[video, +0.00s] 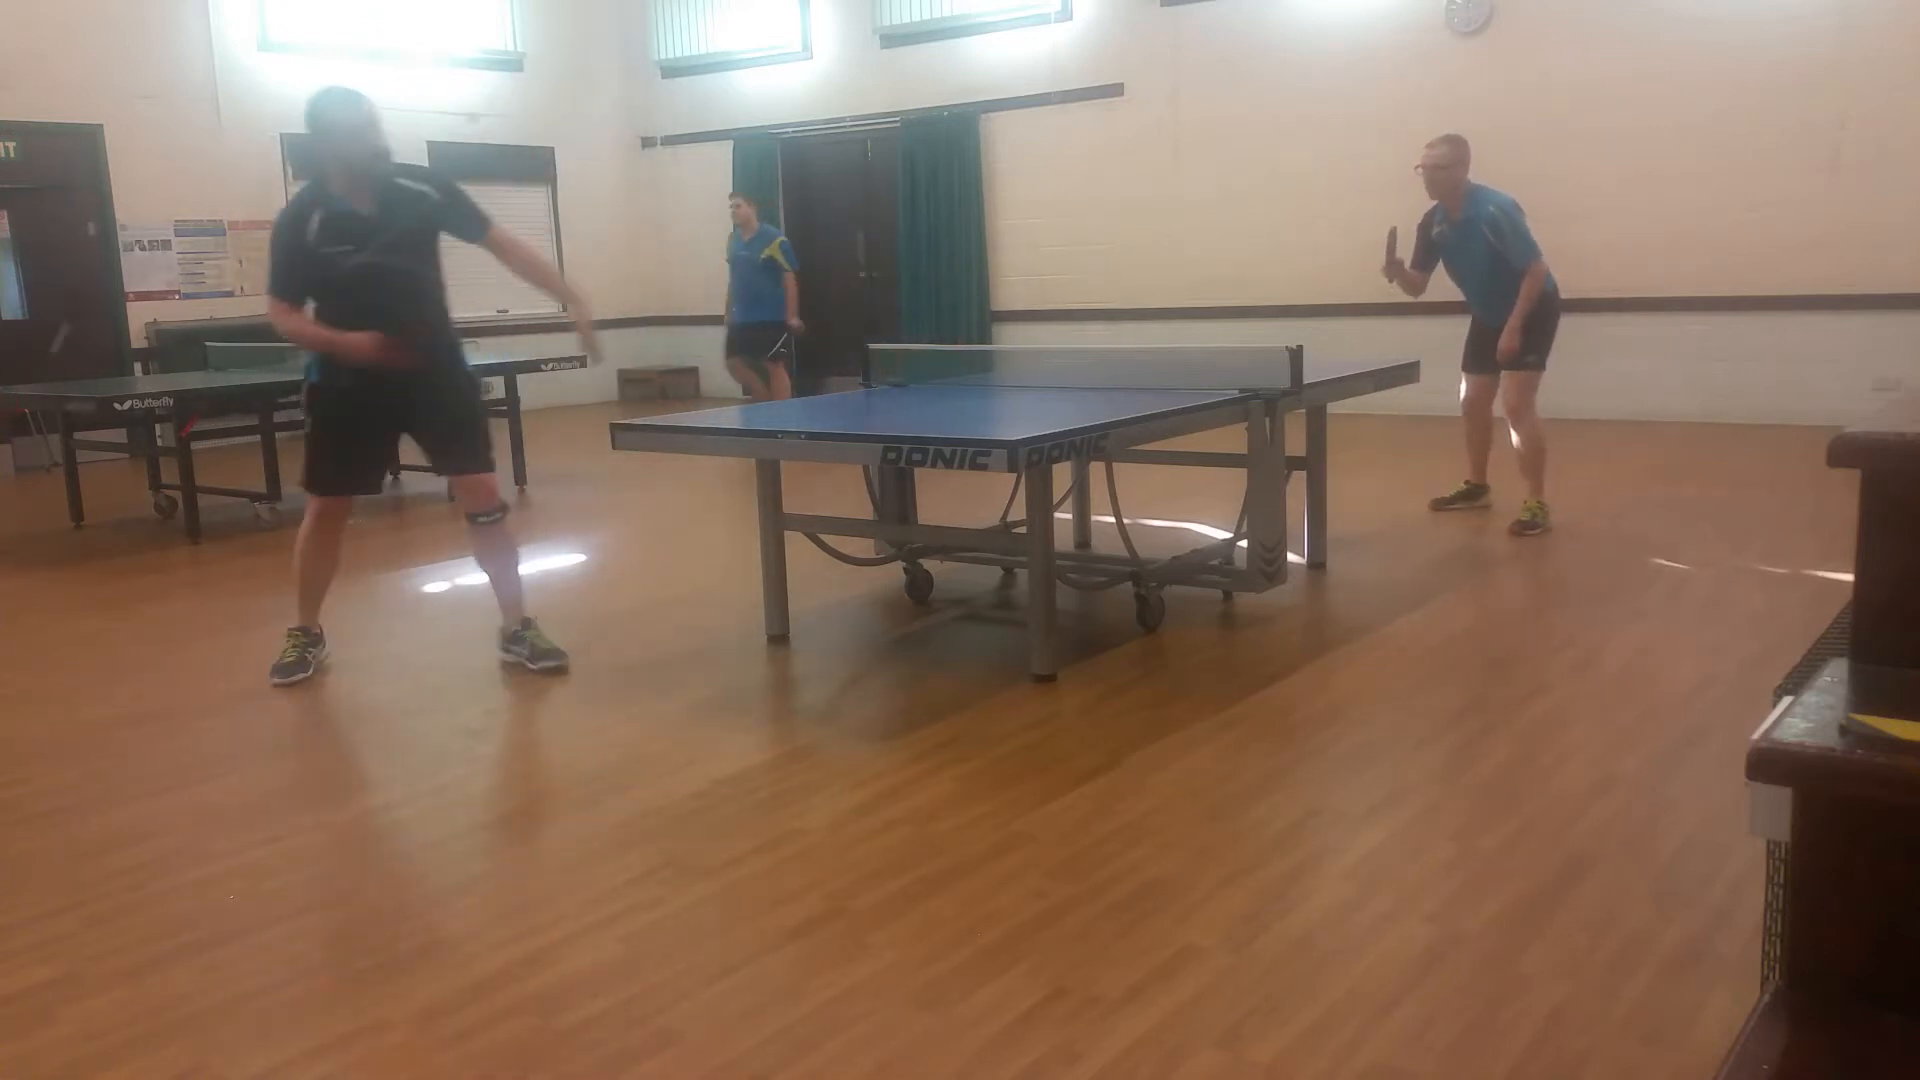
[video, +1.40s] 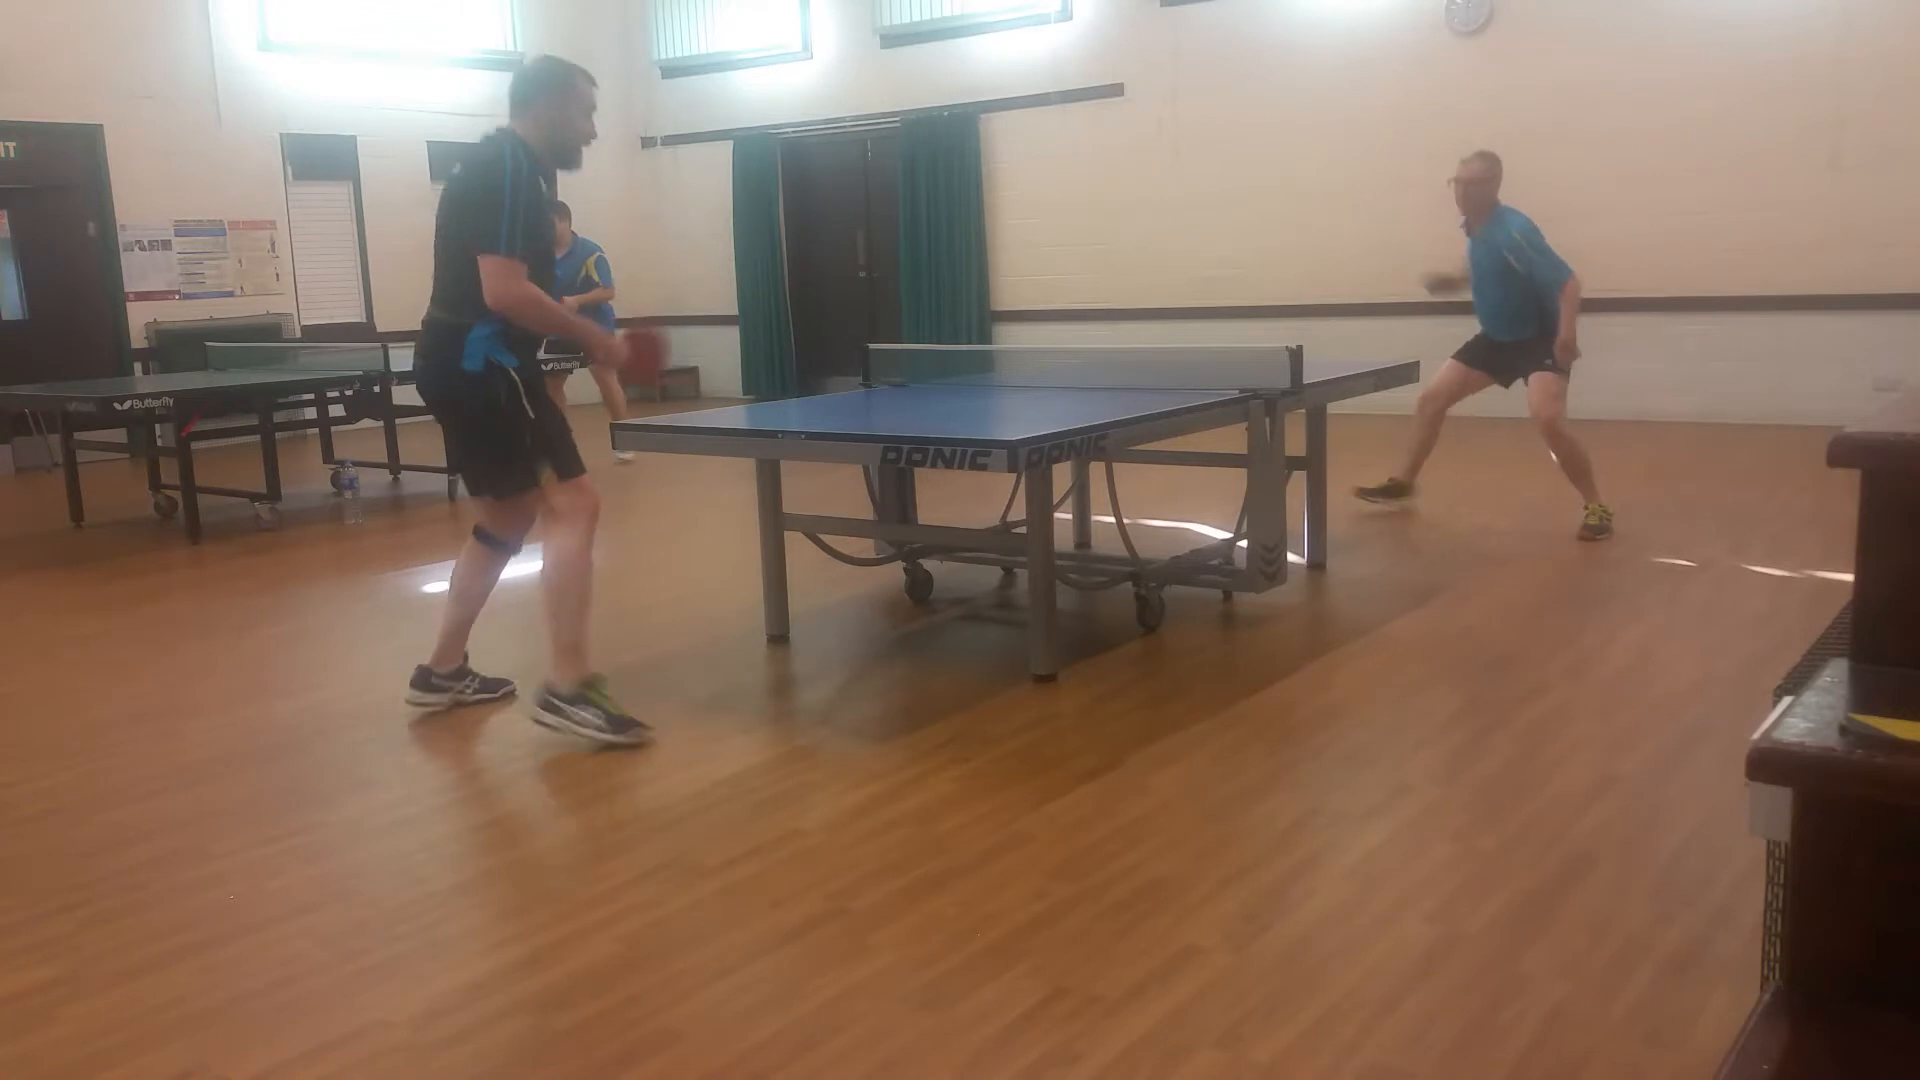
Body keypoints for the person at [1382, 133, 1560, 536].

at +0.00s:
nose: (1424, 177)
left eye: (1432, 170)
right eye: (1422, 170)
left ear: (1459, 171)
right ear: (1425, 173)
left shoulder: (1496, 209)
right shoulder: (1432, 223)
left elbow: (1536, 271)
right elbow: (1417, 285)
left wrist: (1513, 326)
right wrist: (1397, 272)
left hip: (1532, 307)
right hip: (1488, 312)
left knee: (1516, 404)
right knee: (1473, 401)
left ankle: (1536, 503)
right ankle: (1476, 486)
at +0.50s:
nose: (1426, 171)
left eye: (1435, 163)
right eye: (1424, 163)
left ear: (1462, 164)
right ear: (1426, 167)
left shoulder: (1498, 206)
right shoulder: (1436, 221)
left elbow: (1534, 271)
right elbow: (1428, 286)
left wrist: (1506, 326)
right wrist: (1398, 277)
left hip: (1527, 315)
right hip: (1481, 317)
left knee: (1506, 409)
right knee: (1434, 399)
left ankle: (1535, 503)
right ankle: (1434, 481)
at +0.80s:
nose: (1422, 203)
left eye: (1431, 196)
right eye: (1420, 195)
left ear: (1456, 198)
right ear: (1419, 198)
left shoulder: (1499, 236)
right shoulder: (1423, 248)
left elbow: (1535, 298)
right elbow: (1408, 304)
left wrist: (1501, 348)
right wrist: (1390, 324)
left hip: (1520, 327)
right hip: (1468, 331)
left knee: (1531, 409)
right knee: (1419, 408)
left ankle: (1577, 500)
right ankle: (1395, 493)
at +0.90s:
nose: (1430, 223)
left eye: (1438, 216)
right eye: (1428, 216)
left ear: (1464, 219)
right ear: (1427, 217)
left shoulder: (1506, 254)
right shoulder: (1431, 266)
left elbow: (1545, 317)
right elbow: (1423, 326)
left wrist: (1508, 364)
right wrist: (1404, 346)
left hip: (1531, 338)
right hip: (1478, 341)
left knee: (1548, 416)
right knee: (1418, 404)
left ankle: (1592, 505)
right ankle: (1393, 493)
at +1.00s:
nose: (1439, 246)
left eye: (1448, 238)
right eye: (1437, 238)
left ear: (1472, 240)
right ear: (1434, 239)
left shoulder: (1515, 268)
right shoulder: (1440, 284)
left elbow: (1558, 330)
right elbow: (1437, 342)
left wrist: (1525, 378)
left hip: (1537, 351)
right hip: (1482, 354)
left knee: (1559, 414)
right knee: (1415, 406)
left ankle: (1596, 504)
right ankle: (1393, 492)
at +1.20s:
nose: (1457, 231)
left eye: (1465, 225)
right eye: (1456, 223)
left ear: (1490, 224)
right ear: (1455, 221)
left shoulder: (1521, 257)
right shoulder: (1450, 256)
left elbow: (1581, 303)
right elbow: (1407, 288)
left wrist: (1580, 355)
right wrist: (1408, 308)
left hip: (1540, 352)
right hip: (1488, 353)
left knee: (1554, 419)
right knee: (1415, 408)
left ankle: (1596, 506)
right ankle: (1391, 492)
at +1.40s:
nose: (1460, 193)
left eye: (1470, 185)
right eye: (1458, 185)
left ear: (1493, 188)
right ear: (1455, 186)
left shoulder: (1517, 231)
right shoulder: (1473, 229)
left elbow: (1568, 283)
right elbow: (1488, 275)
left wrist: (1566, 337)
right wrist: (1454, 282)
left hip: (1541, 344)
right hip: (1496, 341)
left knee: (1547, 421)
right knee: (1432, 400)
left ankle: (1595, 507)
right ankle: (1404, 482)